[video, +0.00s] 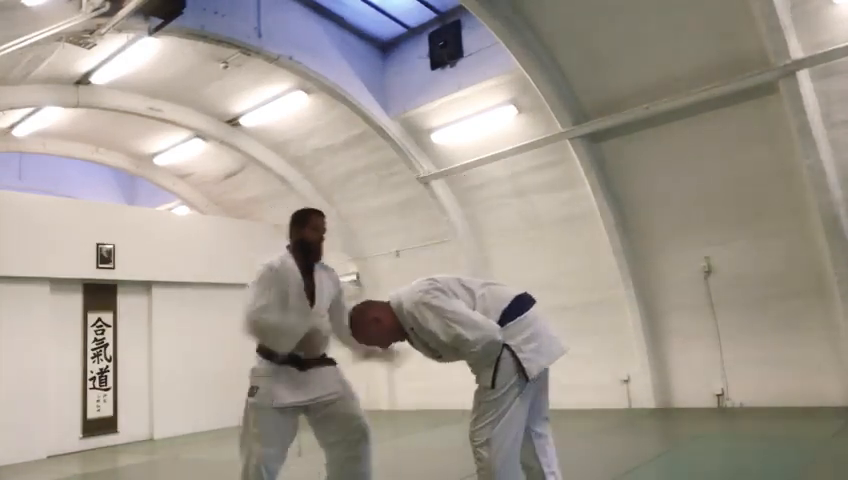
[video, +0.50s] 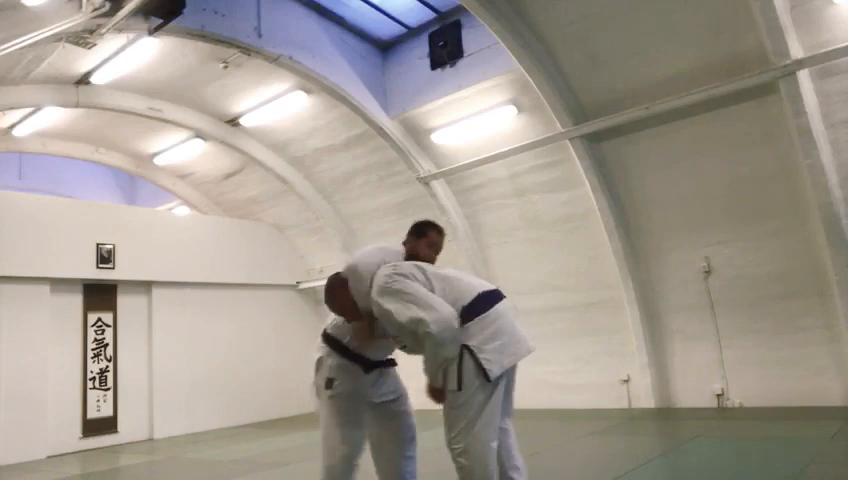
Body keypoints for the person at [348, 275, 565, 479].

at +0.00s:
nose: (380, 346)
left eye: (373, 341)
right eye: (373, 344)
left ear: (377, 320)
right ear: (378, 317)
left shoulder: (418, 303)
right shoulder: (412, 309)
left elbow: (488, 337)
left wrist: (483, 372)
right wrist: (482, 368)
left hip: (513, 341)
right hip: (527, 332)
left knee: (487, 439)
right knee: (533, 432)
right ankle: (548, 477)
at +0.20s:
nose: (366, 331)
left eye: (361, 322)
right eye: (359, 327)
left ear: (370, 301)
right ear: (371, 297)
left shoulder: (412, 295)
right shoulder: (405, 299)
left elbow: (475, 336)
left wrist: (468, 371)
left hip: (501, 343)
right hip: (521, 334)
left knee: (480, 441)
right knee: (531, 432)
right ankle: (549, 475)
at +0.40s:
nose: (360, 319)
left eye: (353, 311)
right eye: (354, 315)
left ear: (357, 295)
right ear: (359, 289)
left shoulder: (394, 282)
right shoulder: (392, 280)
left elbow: (457, 332)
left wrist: (453, 375)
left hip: (487, 340)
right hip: (504, 330)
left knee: (474, 443)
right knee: (512, 431)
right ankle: (531, 475)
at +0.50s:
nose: (348, 320)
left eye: (343, 312)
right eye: (342, 315)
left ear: (348, 294)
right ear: (348, 289)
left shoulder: (384, 286)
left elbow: (442, 321)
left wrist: (435, 378)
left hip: (477, 339)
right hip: (499, 330)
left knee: (466, 441)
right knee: (496, 428)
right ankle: (512, 475)